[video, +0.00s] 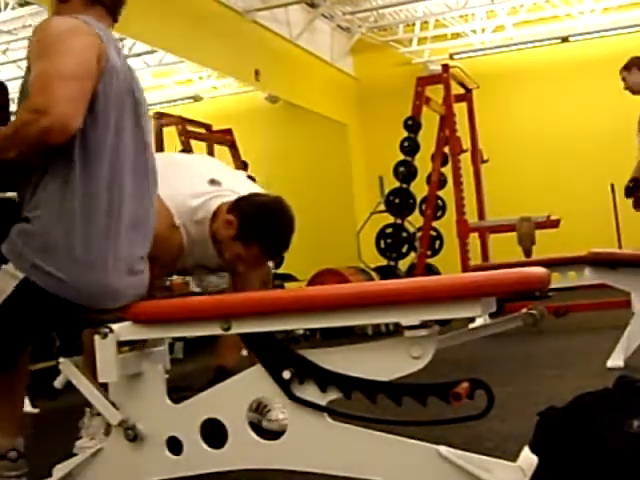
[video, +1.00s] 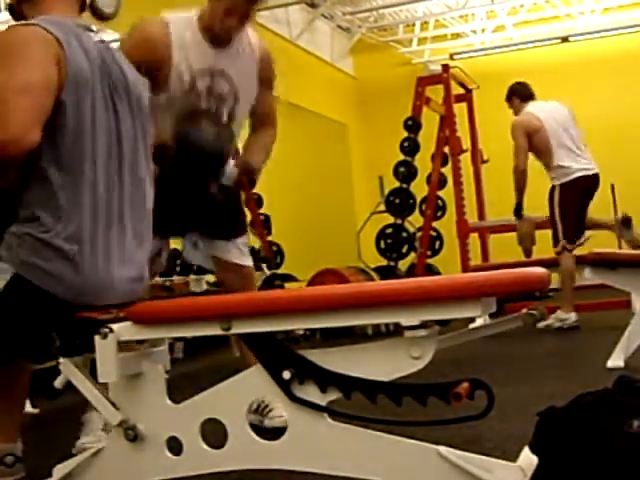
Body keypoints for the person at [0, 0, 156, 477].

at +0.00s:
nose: (49, 7)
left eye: (55, 3)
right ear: (110, 8)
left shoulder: (67, 30)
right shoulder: (119, 63)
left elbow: (54, 120)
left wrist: (3, 150)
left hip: (67, 267)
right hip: (119, 271)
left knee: (7, 348)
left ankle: (8, 450)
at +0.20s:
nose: (33, 2)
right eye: (113, 12)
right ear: (99, 8)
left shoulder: (44, 31)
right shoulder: (94, 59)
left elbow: (22, 111)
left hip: (37, 269)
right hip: (94, 270)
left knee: (3, 348)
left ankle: (7, 449)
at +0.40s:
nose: (46, 9)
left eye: (49, 5)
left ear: (59, 1)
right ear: (109, 13)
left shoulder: (48, 37)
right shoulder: (117, 80)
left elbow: (10, 122)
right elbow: (106, 172)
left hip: (26, 273)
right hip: (90, 275)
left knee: (1, 352)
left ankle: (7, 449)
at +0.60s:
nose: (43, 9)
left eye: (46, 5)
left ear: (54, 3)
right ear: (108, 12)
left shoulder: (47, 37)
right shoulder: (128, 83)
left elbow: (17, 127)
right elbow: (131, 178)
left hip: (36, 265)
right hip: (110, 272)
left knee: (11, 365)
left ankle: (8, 451)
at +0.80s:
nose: (20, 7)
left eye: (22, 4)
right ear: (90, 5)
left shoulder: (32, 31)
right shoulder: (122, 69)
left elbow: (13, 121)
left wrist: (14, 177)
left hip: (49, 264)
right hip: (123, 270)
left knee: (13, 357)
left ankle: (7, 449)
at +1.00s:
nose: (14, 8)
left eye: (15, 5)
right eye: (17, 7)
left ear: (22, 2)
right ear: (82, 5)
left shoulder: (31, 38)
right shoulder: (126, 69)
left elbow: (16, 135)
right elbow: (143, 161)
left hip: (53, 269)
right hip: (127, 272)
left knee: (9, 354)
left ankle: (8, 452)